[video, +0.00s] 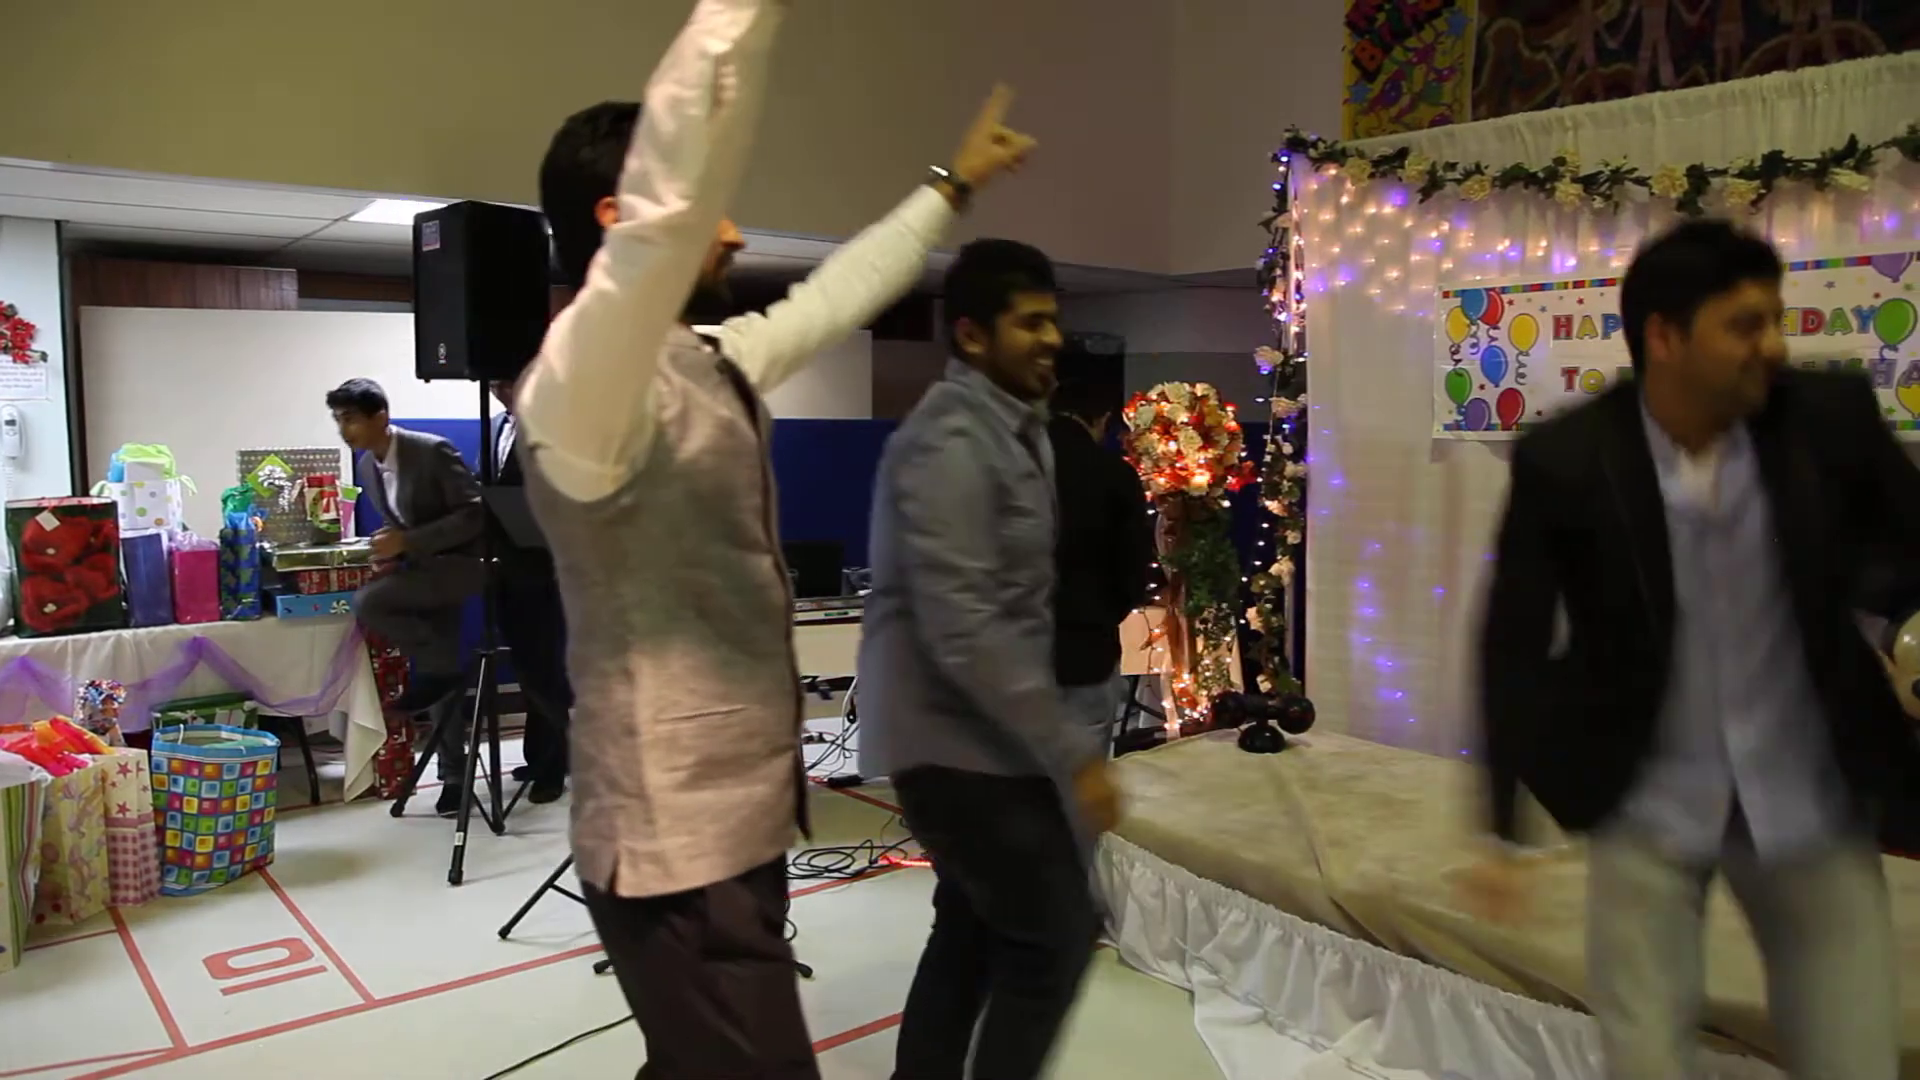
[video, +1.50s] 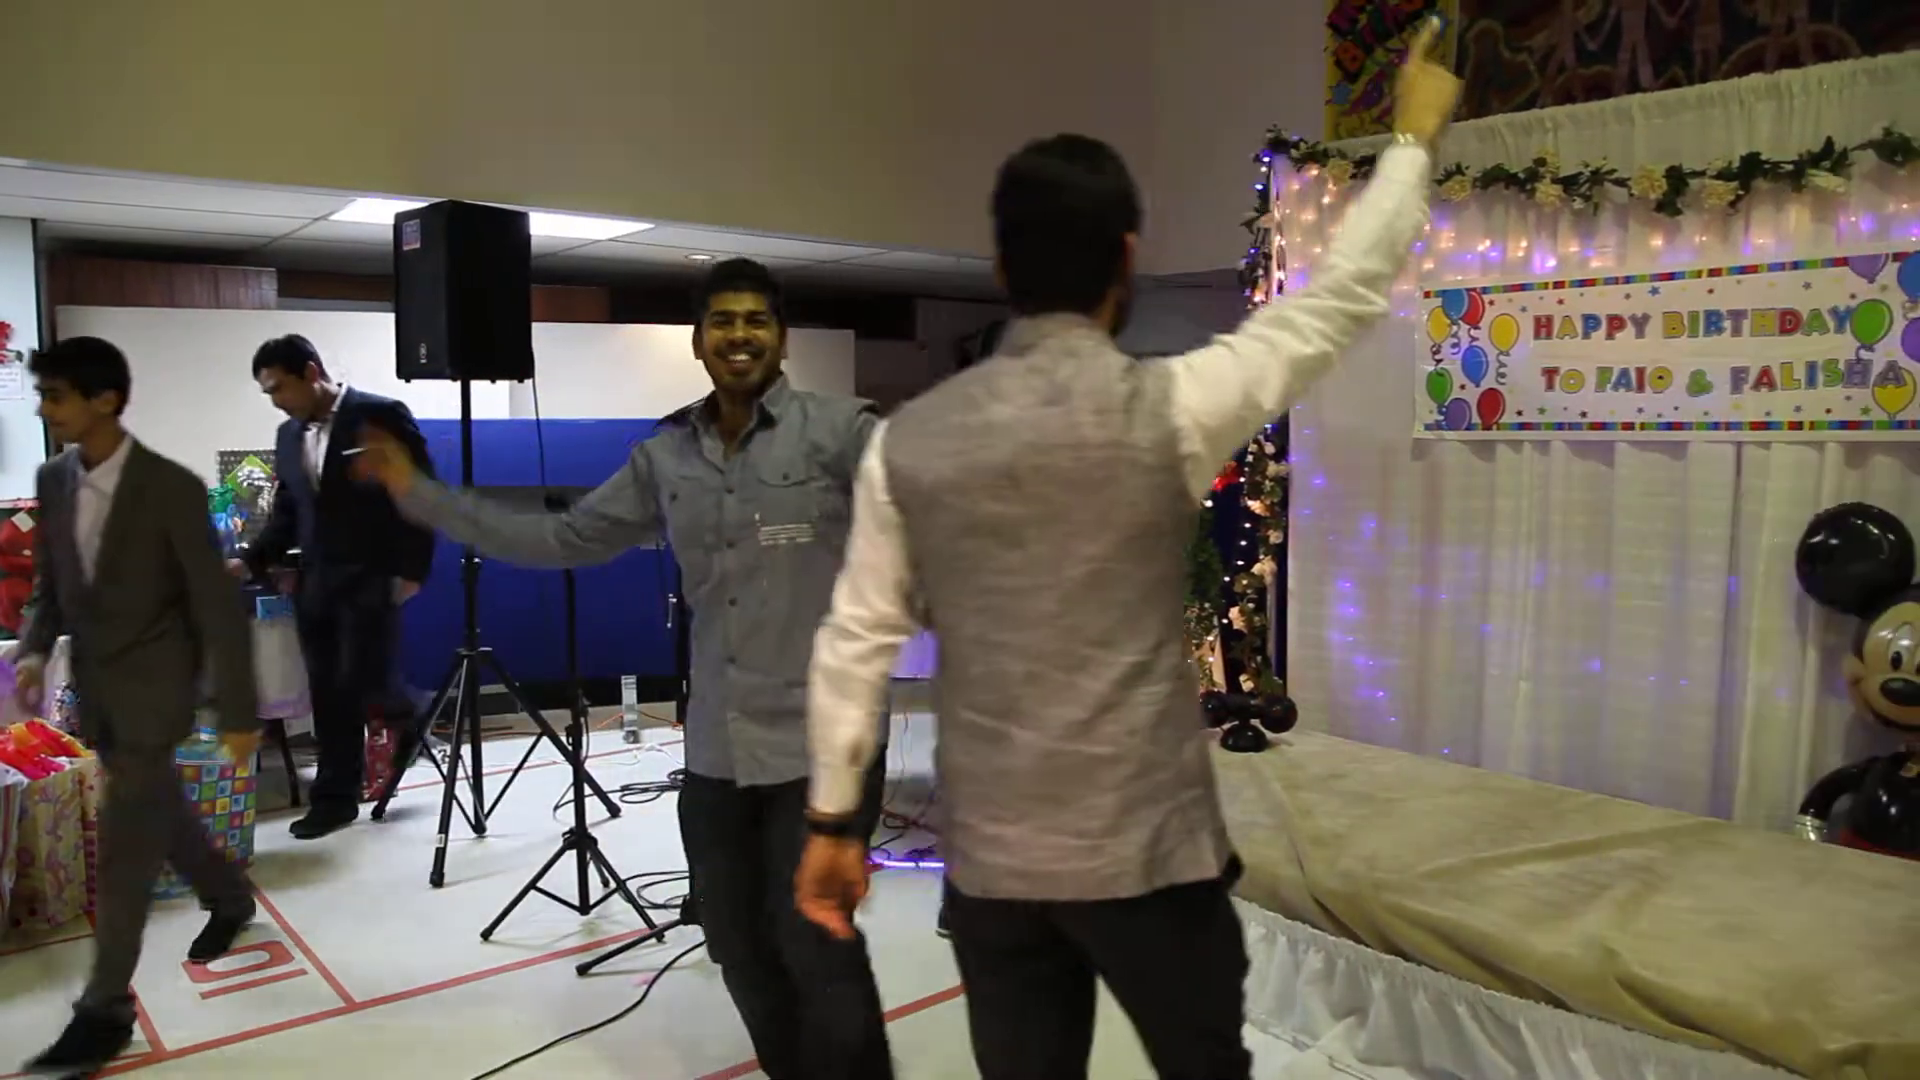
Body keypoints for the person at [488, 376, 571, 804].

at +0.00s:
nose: (500, 394)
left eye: (506, 384)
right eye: (495, 386)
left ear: (527, 384)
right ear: (494, 389)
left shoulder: (542, 431)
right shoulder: (504, 428)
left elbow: (552, 502)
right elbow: (500, 495)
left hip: (544, 567)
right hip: (513, 566)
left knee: (546, 669)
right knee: (530, 669)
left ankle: (553, 764)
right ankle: (540, 756)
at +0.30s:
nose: (487, 395)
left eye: (493, 385)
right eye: (484, 387)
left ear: (518, 382)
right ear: (488, 390)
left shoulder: (558, 420)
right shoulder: (491, 426)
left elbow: (576, 493)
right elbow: (479, 488)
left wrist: (579, 560)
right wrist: (449, 493)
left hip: (544, 565)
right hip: (501, 565)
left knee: (542, 665)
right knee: (517, 667)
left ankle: (551, 766)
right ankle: (537, 756)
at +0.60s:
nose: (449, 398)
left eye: (452, 388)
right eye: (445, 390)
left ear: (480, 381)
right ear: (468, 386)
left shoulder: (543, 419)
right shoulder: (461, 430)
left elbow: (570, 498)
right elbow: (453, 499)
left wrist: (561, 561)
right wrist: (416, 504)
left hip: (522, 569)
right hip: (472, 569)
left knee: (523, 668)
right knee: (476, 665)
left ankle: (530, 769)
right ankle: (494, 754)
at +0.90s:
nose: (419, 413)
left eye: (420, 402)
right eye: (413, 405)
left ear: (450, 388)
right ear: (445, 393)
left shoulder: (515, 422)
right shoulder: (430, 440)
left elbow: (545, 498)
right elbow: (424, 511)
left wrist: (537, 563)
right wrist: (377, 512)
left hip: (501, 574)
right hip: (442, 575)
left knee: (510, 675)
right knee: (415, 677)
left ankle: (529, 771)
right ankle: (378, 780)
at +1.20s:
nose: (342, 427)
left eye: (342, 415)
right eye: (336, 420)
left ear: (368, 392)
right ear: (361, 402)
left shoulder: (443, 428)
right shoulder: (358, 451)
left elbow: (483, 504)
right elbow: (348, 526)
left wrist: (482, 576)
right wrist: (297, 548)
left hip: (445, 588)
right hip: (381, 597)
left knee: (480, 682)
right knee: (358, 695)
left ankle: (524, 770)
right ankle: (334, 799)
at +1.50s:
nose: (274, 401)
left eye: (278, 388)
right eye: (268, 392)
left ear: (312, 373)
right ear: (299, 381)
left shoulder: (381, 418)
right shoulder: (290, 436)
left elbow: (420, 493)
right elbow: (287, 513)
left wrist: (414, 569)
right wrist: (251, 559)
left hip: (375, 578)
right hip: (318, 581)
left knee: (369, 681)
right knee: (330, 695)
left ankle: (413, 712)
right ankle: (335, 801)